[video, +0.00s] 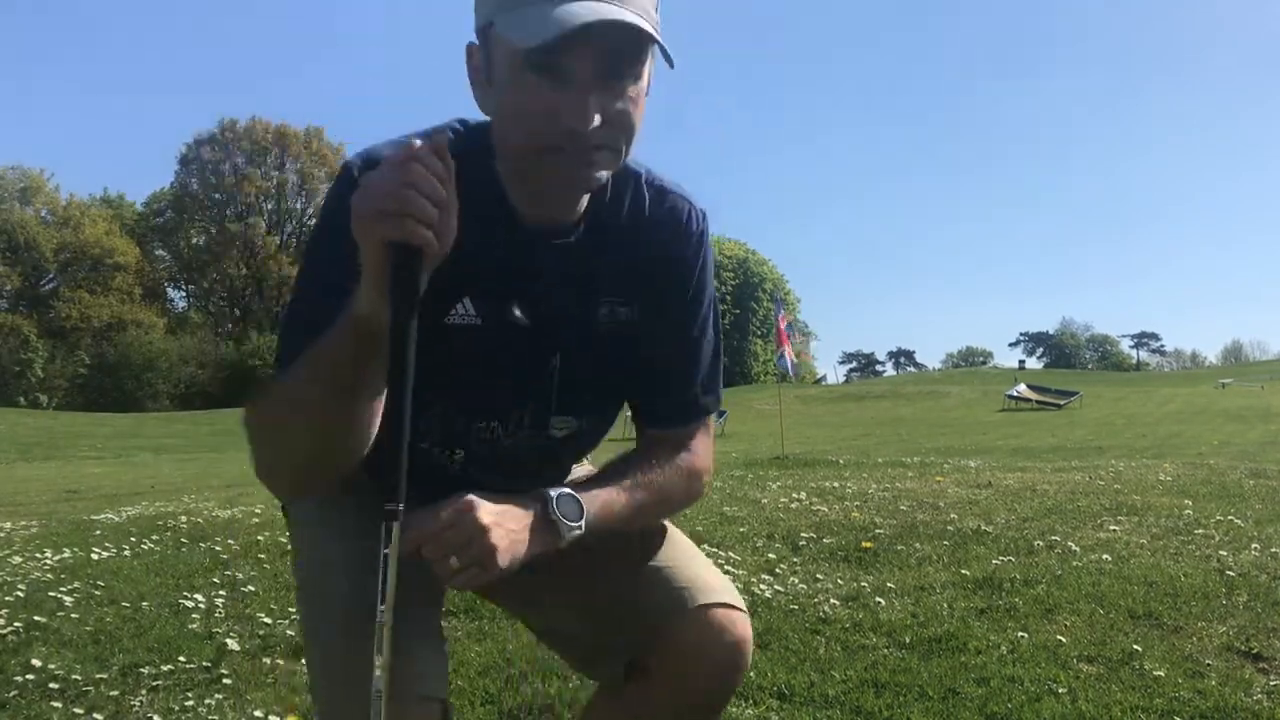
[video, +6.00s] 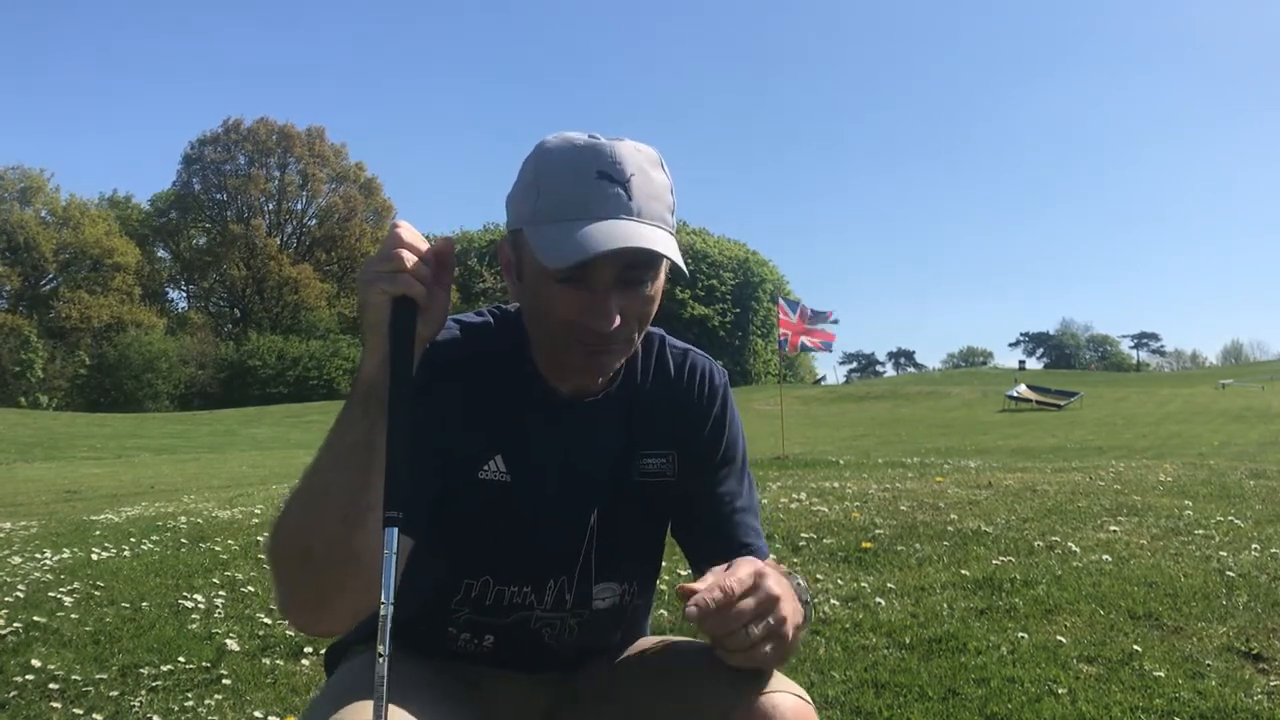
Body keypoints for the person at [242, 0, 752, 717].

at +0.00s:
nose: (590, 114)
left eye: (618, 75)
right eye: (550, 73)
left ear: (647, 82)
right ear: (481, 76)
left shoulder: (666, 233)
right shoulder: (384, 191)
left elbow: (683, 459)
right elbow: (287, 470)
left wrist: (539, 522)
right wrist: (375, 306)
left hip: (538, 501)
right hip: (371, 499)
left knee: (708, 644)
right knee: (394, 702)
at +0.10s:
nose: (584, 184)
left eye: (613, 145)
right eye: (546, 144)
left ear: (643, 156)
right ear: (475, 149)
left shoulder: (666, 298)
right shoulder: (394, 264)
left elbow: (705, 525)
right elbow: (309, 550)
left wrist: (566, 572)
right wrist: (367, 327)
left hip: (550, 587)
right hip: (384, 581)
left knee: (735, 677)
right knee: (385, 702)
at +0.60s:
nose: (565, 283)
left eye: (596, 243)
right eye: (529, 242)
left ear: (632, 252)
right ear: (471, 248)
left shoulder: (666, 372)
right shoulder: (404, 353)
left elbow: (741, 607)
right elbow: (314, 605)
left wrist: (659, 590)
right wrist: (372, 347)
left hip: (606, 655)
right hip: (425, 661)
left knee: (768, 711)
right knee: (347, 708)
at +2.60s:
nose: (603, 289)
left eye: (633, 252)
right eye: (568, 252)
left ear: (665, 265)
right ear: (509, 262)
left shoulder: (692, 386)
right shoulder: (439, 364)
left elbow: (761, 614)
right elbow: (311, 601)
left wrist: (614, 632)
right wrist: (382, 364)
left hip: (603, 671)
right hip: (433, 664)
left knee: (773, 707)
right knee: (355, 700)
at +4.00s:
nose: (605, 282)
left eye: (638, 249)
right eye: (576, 243)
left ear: (675, 277)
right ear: (521, 260)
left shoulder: (700, 395)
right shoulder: (449, 366)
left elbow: (774, 626)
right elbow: (320, 603)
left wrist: (688, 610)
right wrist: (393, 363)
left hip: (615, 667)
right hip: (440, 665)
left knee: (773, 708)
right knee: (355, 709)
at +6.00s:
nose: (607, 314)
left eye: (635, 278)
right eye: (575, 277)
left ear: (665, 276)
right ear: (511, 266)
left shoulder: (688, 389)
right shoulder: (435, 367)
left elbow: (743, 576)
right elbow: (314, 609)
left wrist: (767, 603)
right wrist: (379, 371)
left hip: (606, 666)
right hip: (435, 670)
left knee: (781, 707)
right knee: (360, 713)